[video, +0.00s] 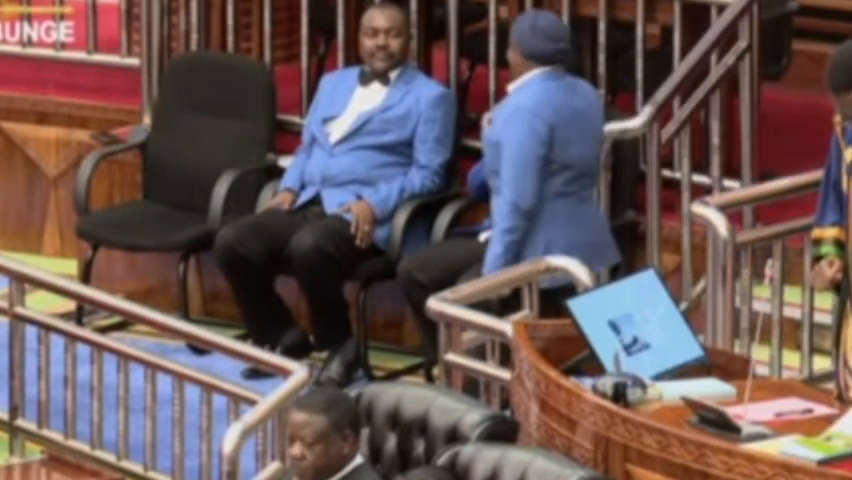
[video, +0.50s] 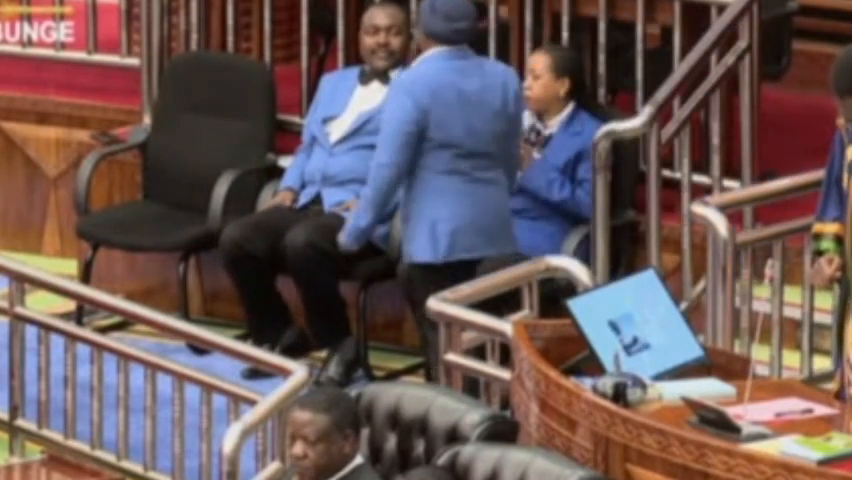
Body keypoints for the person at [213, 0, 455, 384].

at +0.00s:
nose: (381, 43)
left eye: (391, 34)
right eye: (372, 34)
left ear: (407, 40)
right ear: (359, 39)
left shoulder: (430, 97)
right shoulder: (333, 83)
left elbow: (429, 174)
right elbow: (308, 150)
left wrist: (375, 204)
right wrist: (288, 189)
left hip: (364, 213)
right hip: (310, 206)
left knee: (310, 249)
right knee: (233, 242)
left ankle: (340, 351)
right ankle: (280, 337)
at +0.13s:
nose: (381, 43)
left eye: (392, 34)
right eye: (372, 33)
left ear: (407, 40)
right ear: (359, 38)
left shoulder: (430, 97)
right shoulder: (333, 83)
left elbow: (429, 174)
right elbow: (308, 150)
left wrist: (375, 204)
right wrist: (289, 189)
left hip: (363, 213)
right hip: (309, 206)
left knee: (309, 248)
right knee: (234, 241)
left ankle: (340, 351)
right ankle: (280, 337)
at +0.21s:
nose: (381, 43)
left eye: (391, 34)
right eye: (372, 33)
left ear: (407, 41)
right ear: (359, 39)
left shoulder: (428, 95)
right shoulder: (333, 83)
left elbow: (430, 172)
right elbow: (307, 148)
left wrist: (375, 205)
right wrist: (289, 190)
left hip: (364, 213)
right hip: (309, 207)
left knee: (308, 247)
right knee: (235, 241)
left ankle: (340, 351)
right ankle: (280, 337)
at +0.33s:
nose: (382, 42)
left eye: (393, 33)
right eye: (373, 32)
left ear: (408, 40)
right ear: (360, 38)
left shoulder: (423, 93)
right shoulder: (333, 83)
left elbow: (423, 170)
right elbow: (307, 148)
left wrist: (374, 204)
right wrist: (289, 189)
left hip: (363, 212)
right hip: (310, 205)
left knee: (304, 246)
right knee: (237, 241)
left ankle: (340, 349)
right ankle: (280, 337)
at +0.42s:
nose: (383, 41)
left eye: (393, 33)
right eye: (373, 32)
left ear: (408, 40)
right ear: (359, 38)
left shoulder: (418, 90)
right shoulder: (333, 83)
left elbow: (411, 165)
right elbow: (308, 147)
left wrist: (374, 203)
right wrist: (289, 190)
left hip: (360, 208)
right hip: (309, 204)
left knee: (303, 246)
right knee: (238, 241)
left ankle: (339, 346)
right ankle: (280, 337)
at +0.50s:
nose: (382, 41)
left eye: (393, 32)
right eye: (373, 31)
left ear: (409, 40)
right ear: (360, 38)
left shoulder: (413, 89)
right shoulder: (332, 84)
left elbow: (414, 165)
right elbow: (308, 148)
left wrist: (372, 203)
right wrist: (288, 190)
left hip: (359, 208)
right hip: (309, 204)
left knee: (302, 245)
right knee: (238, 240)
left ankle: (340, 346)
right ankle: (280, 337)